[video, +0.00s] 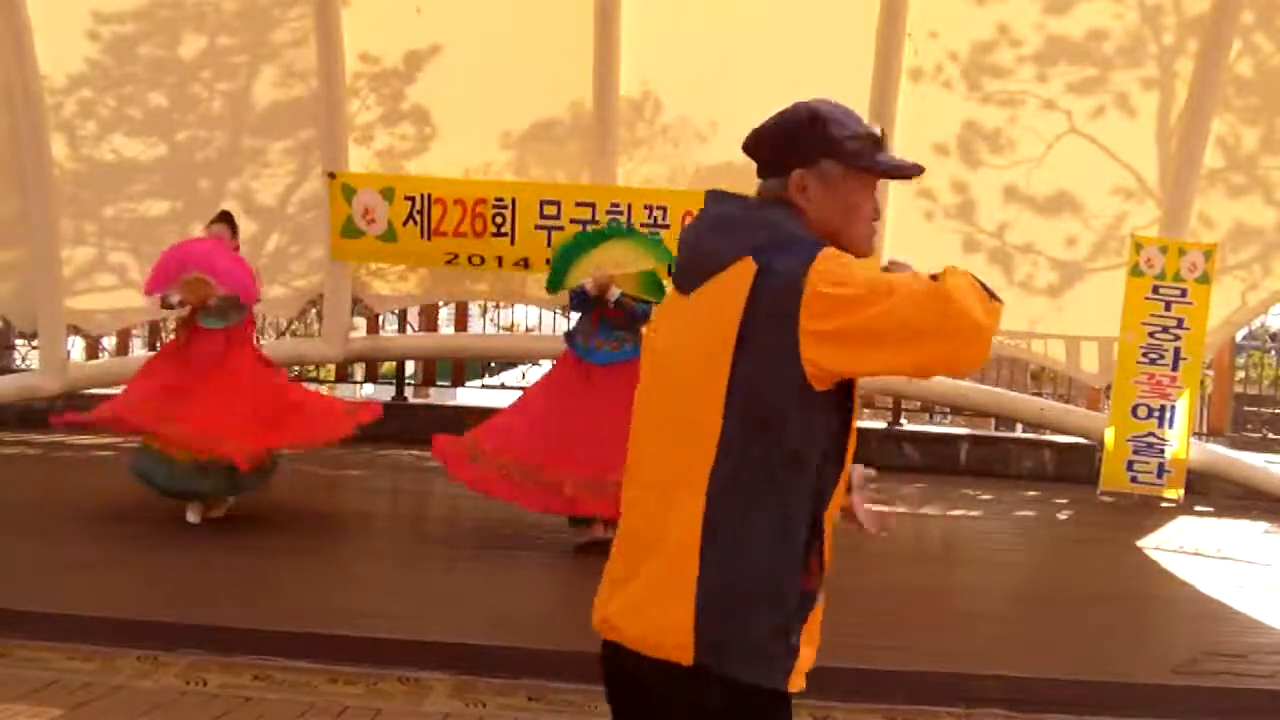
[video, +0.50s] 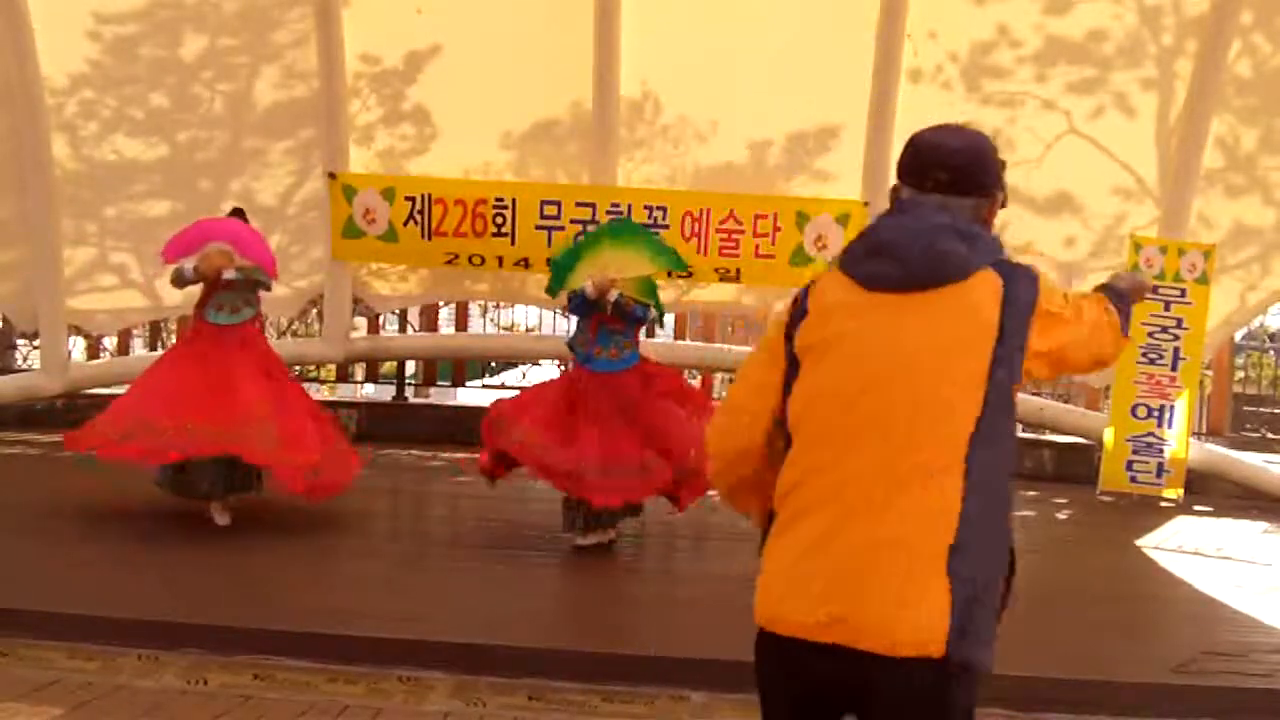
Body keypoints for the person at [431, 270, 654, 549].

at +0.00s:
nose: (612, 267)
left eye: (620, 263)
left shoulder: (642, 277)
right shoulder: (590, 266)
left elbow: (642, 315)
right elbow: (574, 302)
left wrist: (615, 297)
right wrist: (590, 291)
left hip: (625, 356)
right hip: (586, 353)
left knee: (620, 442)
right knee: (584, 440)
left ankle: (617, 524)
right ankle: (596, 525)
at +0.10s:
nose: (612, 260)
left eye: (620, 252)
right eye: (606, 253)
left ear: (633, 249)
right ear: (595, 249)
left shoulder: (642, 275)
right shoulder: (588, 272)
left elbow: (653, 308)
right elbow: (569, 297)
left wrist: (618, 289)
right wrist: (592, 284)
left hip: (626, 356)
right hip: (584, 354)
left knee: (616, 437)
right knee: (581, 437)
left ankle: (610, 517)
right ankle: (589, 518)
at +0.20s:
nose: (611, 258)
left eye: (619, 253)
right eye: (606, 253)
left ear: (631, 252)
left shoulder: (639, 272)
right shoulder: (586, 276)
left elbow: (646, 306)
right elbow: (573, 297)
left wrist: (616, 289)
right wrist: (592, 282)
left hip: (623, 360)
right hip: (585, 357)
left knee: (614, 441)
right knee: (583, 441)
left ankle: (610, 520)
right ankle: (588, 520)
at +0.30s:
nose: (608, 265)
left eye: (615, 256)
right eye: (601, 258)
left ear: (629, 255)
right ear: (591, 260)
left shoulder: (639, 277)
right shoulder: (585, 280)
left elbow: (645, 307)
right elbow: (571, 299)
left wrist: (617, 287)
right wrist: (590, 281)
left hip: (623, 366)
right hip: (586, 365)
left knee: (614, 445)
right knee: (584, 444)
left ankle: (608, 520)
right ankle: (587, 521)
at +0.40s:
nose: (611, 264)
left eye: (618, 257)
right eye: (605, 258)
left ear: (633, 256)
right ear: (594, 260)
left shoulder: (641, 283)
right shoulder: (588, 289)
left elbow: (643, 310)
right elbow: (572, 301)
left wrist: (616, 293)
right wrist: (591, 285)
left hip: (624, 368)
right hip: (587, 366)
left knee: (618, 442)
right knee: (585, 441)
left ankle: (611, 518)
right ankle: (587, 519)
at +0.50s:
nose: (611, 272)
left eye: (618, 266)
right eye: (605, 266)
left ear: (631, 264)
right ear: (594, 266)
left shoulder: (639, 285)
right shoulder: (585, 291)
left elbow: (645, 314)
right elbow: (575, 306)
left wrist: (615, 300)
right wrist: (592, 294)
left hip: (623, 371)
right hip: (587, 370)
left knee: (614, 448)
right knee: (585, 447)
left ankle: (608, 524)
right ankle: (588, 524)